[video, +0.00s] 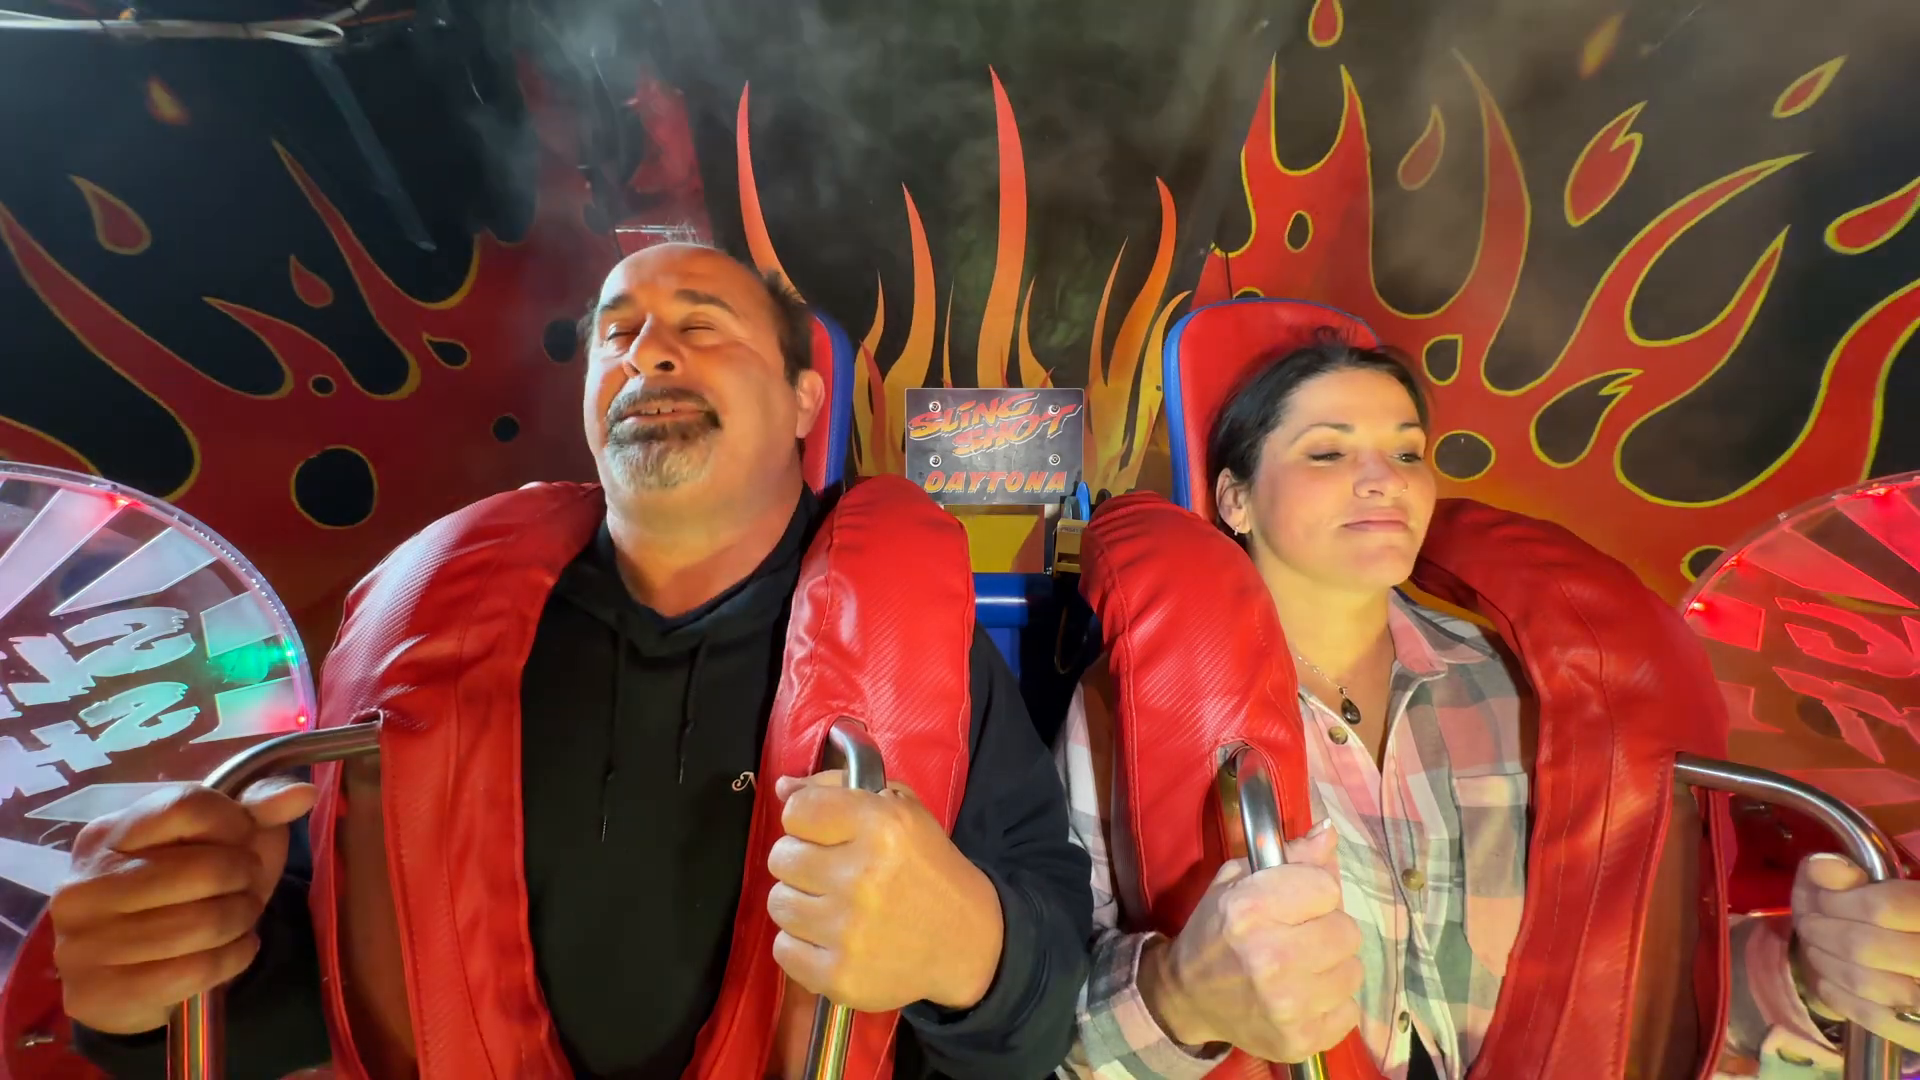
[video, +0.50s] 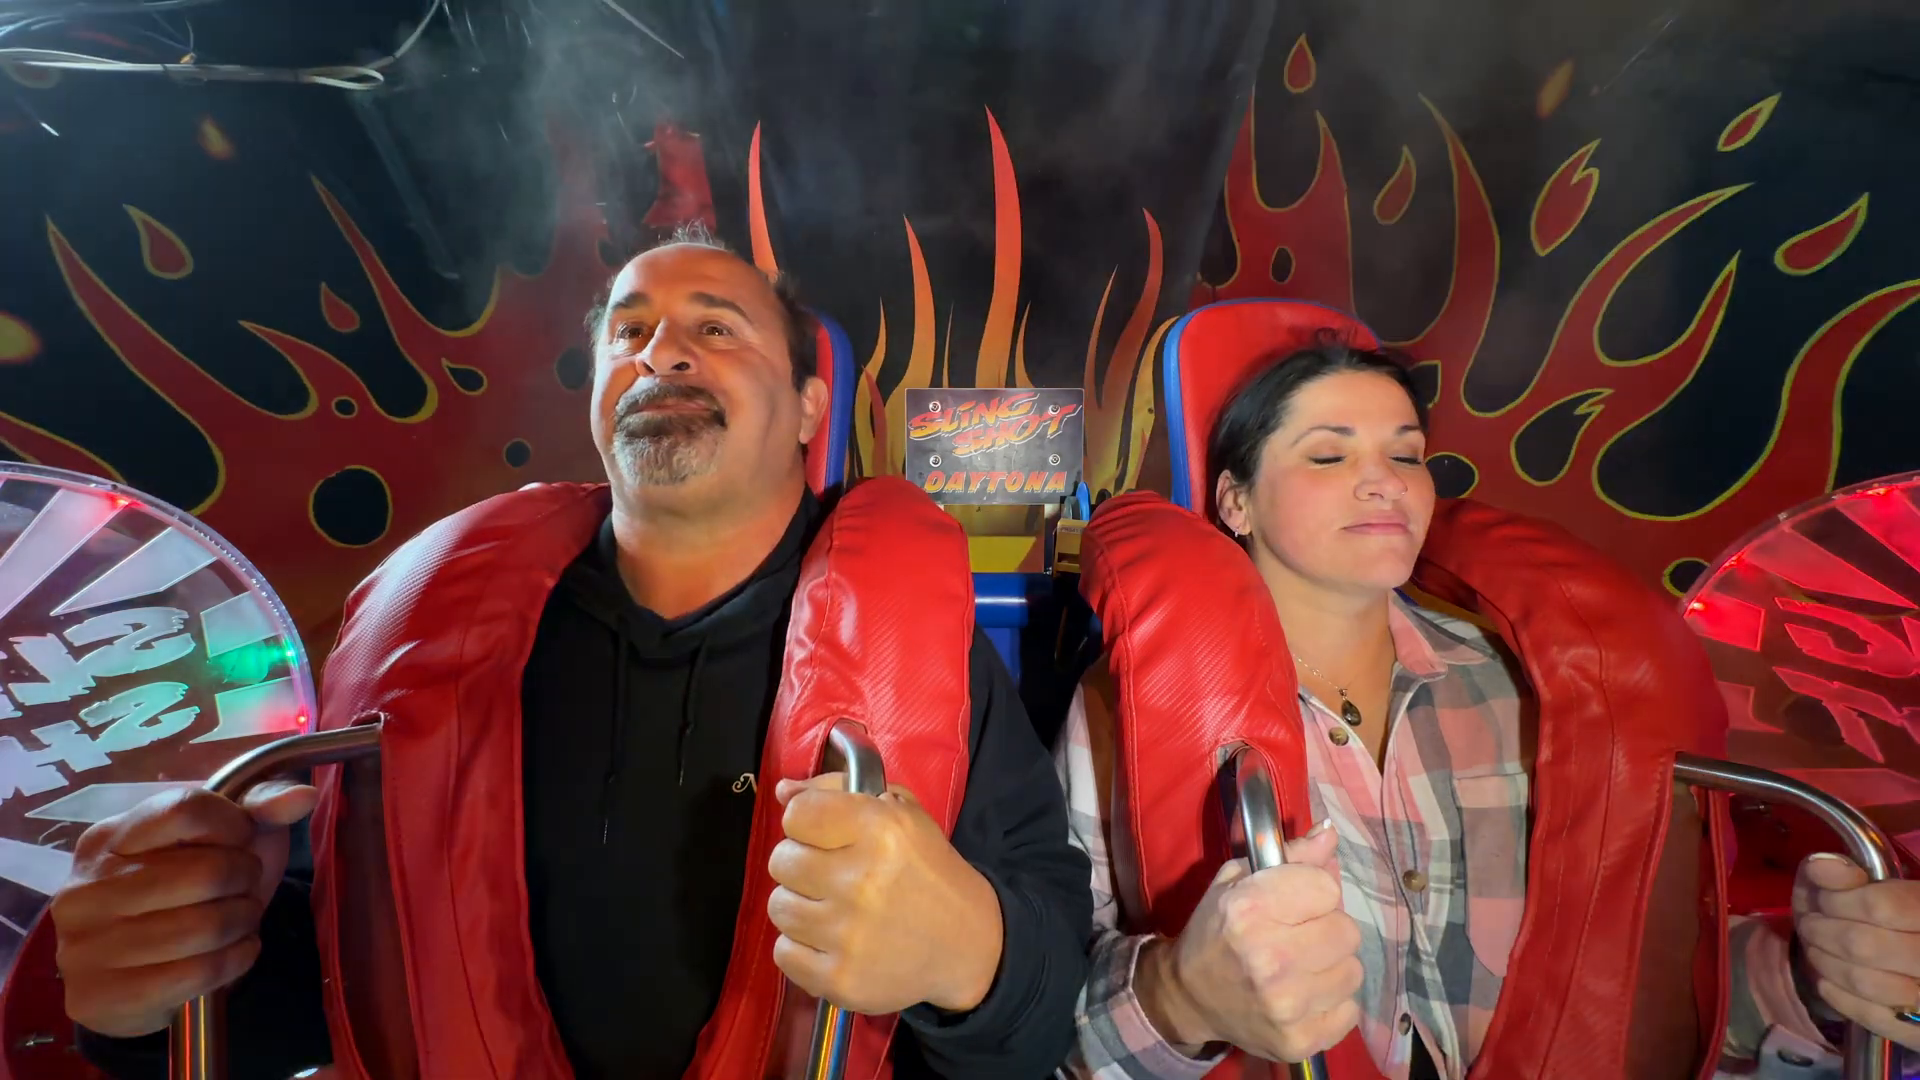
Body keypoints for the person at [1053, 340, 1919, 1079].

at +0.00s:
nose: (1383, 484)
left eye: (1406, 455)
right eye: (1329, 455)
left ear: (1435, 490)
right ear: (1236, 500)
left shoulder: (1519, 695)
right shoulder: (1137, 717)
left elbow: (1610, 975)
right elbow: (1049, 1032)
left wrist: (1800, 972)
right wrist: (1170, 1004)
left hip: (1494, 1068)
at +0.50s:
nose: (1384, 485)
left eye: (1404, 458)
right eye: (1330, 457)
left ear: (1433, 491)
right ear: (1237, 503)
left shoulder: (1517, 693)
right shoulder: (1139, 714)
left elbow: (1618, 958)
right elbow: (1061, 1034)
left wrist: (1809, 977)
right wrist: (1173, 1001)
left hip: (1493, 1065)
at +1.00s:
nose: (1385, 483)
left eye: (1406, 456)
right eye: (1330, 456)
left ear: (1434, 492)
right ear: (1237, 502)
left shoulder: (1520, 690)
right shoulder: (1142, 713)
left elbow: (1614, 969)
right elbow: (1053, 1034)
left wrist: (1803, 974)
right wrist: (1172, 999)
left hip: (1497, 1064)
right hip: (1260, 1071)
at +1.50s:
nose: (1383, 482)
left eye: (1405, 454)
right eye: (1328, 454)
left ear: (1435, 488)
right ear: (1238, 500)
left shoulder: (1518, 686)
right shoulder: (1143, 708)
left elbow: (1607, 969)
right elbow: (1050, 1031)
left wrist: (1790, 972)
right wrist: (1171, 996)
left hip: (1501, 1065)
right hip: (1269, 1073)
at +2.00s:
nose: (1388, 478)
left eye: (1408, 449)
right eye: (1331, 447)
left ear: (1436, 489)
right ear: (1238, 501)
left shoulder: (1524, 694)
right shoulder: (1141, 714)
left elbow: (1616, 979)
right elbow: (1045, 1031)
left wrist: (1802, 976)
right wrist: (1171, 1001)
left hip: (1495, 1065)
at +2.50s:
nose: (1388, 487)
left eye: (1408, 459)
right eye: (1332, 457)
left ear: (1435, 491)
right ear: (1238, 503)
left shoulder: (1522, 694)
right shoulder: (1141, 715)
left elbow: (1611, 976)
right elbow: (1046, 1036)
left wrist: (1800, 975)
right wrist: (1172, 1001)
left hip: (1492, 1066)